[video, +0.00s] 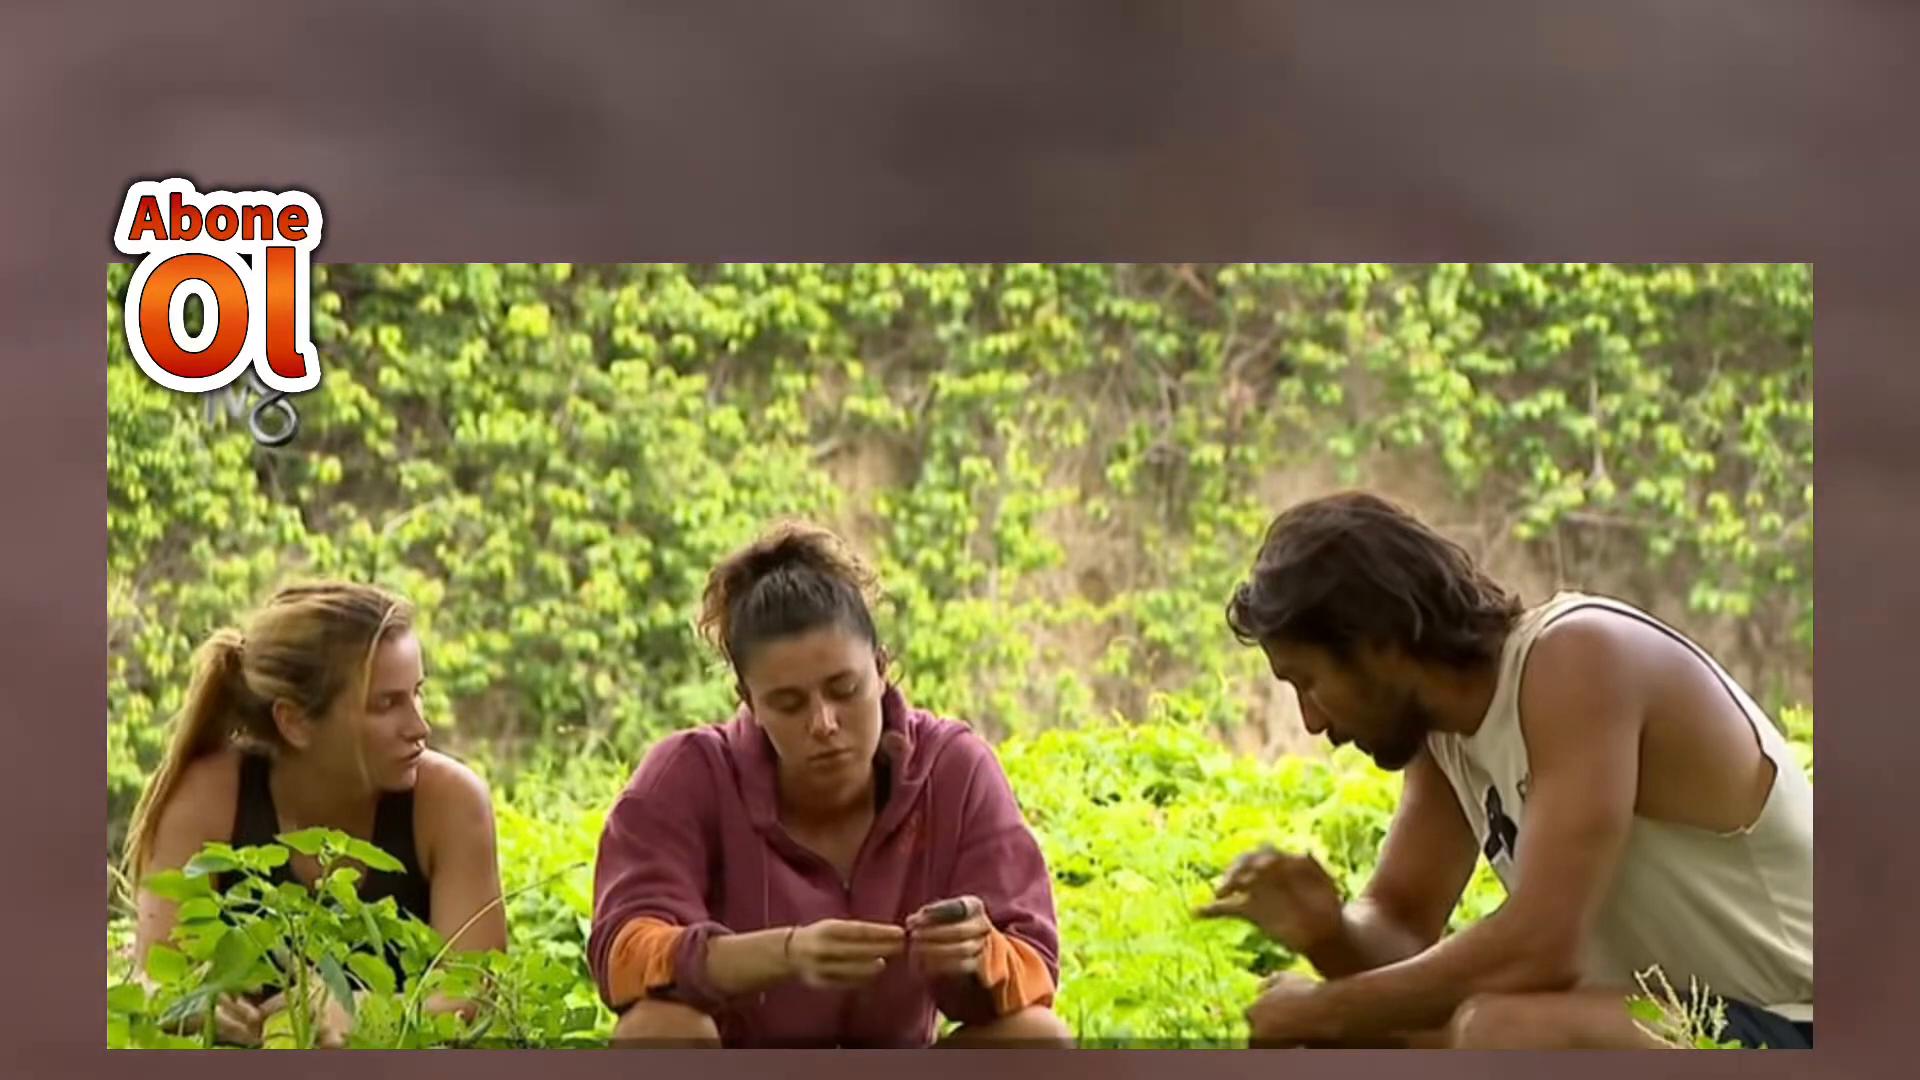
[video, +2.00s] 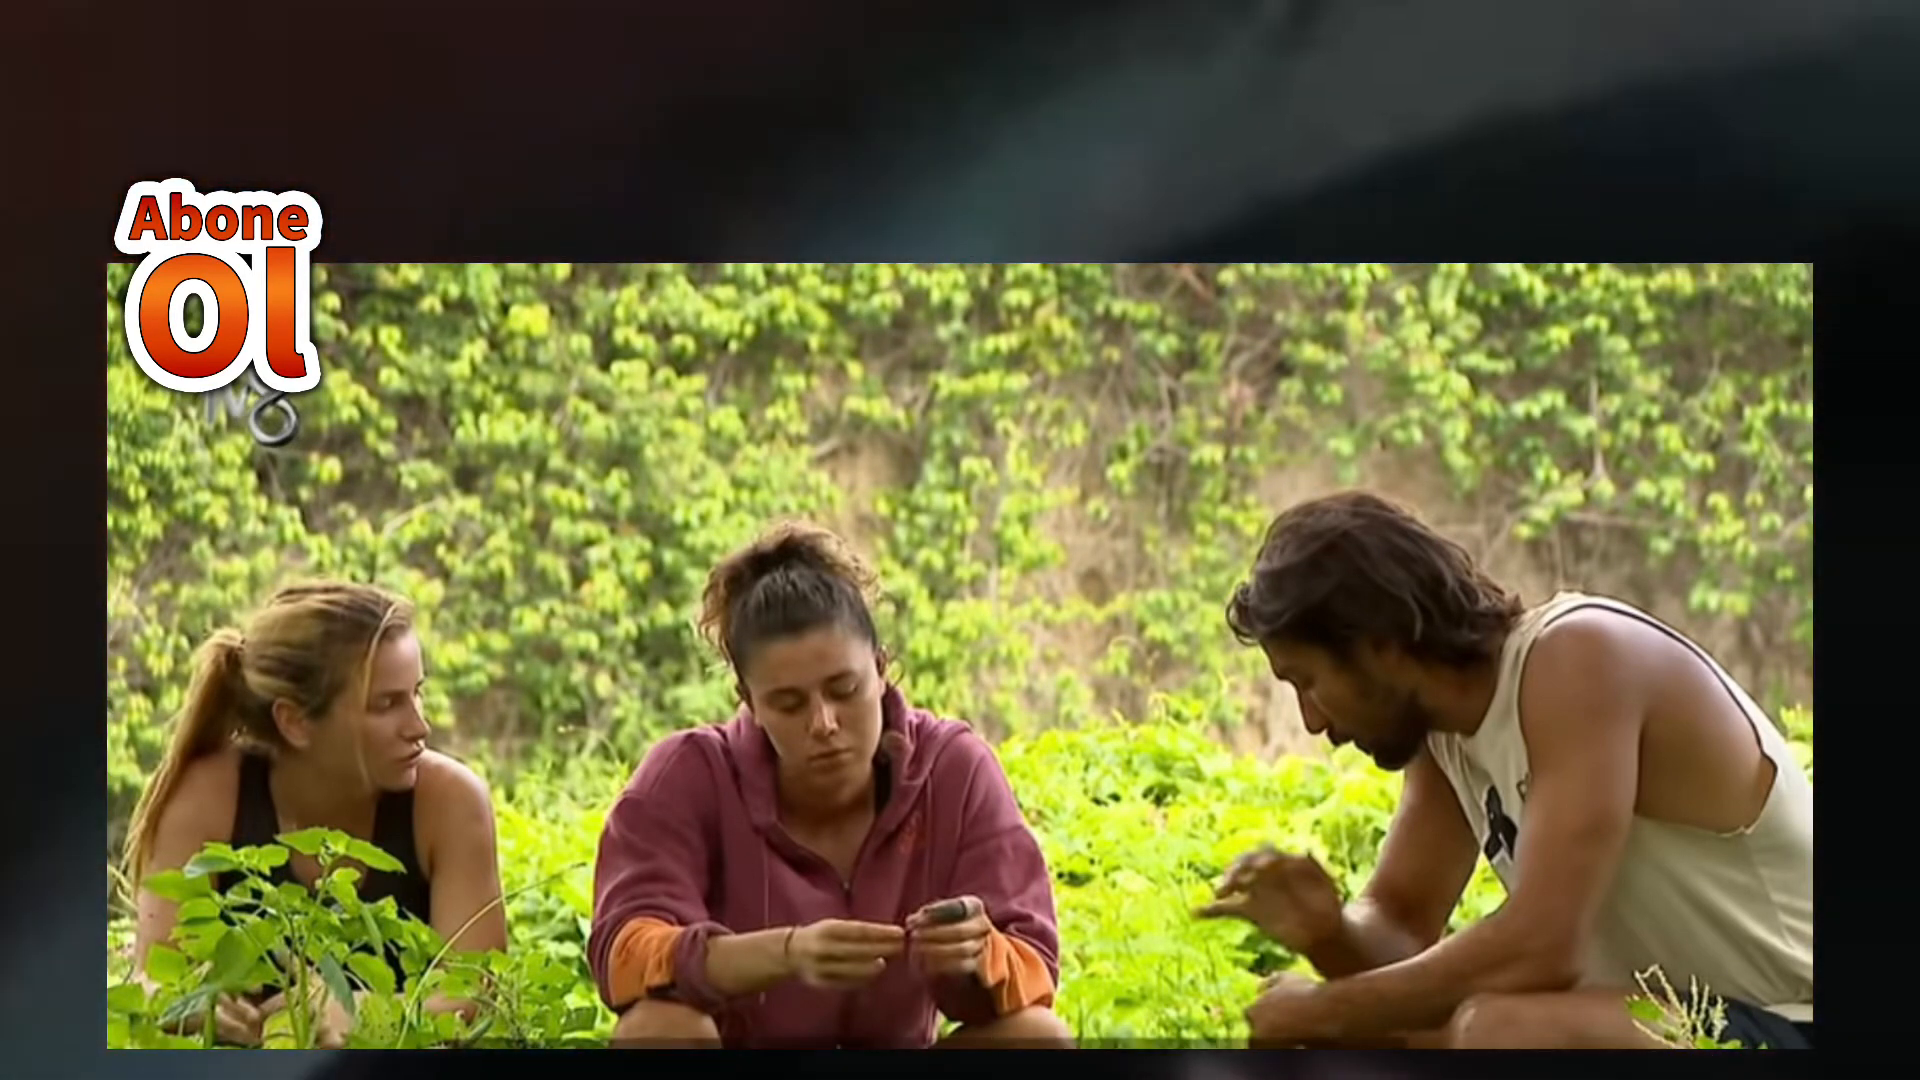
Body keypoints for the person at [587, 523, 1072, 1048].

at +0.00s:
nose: (824, 725)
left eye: (844, 690)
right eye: (789, 703)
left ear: (880, 669)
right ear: (747, 699)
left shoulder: (956, 766)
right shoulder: (688, 772)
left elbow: (1030, 969)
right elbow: (629, 956)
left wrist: (978, 953)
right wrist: (787, 952)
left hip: (897, 1059)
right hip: (738, 1060)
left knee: (1037, 1037)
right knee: (659, 1027)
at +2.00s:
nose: (824, 725)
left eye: (844, 690)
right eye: (789, 703)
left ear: (880, 669)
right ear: (747, 699)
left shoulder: (955, 766)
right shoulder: (687, 773)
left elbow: (1031, 970)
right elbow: (628, 957)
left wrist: (978, 953)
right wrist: (787, 952)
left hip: (898, 1045)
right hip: (739, 1045)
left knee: (1037, 1034)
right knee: (659, 1025)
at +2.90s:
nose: (824, 725)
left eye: (844, 690)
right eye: (789, 703)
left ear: (880, 669)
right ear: (747, 699)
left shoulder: (955, 766)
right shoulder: (687, 773)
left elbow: (1031, 970)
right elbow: (628, 957)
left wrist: (978, 953)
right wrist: (787, 952)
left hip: (898, 1051)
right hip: (739, 1053)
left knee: (1037, 1035)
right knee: (659, 1026)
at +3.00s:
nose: (824, 725)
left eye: (844, 690)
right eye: (789, 703)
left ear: (881, 670)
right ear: (747, 700)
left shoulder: (955, 766)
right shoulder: (687, 773)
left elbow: (1030, 971)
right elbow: (629, 957)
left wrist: (977, 953)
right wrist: (785, 953)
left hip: (897, 1053)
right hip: (739, 1056)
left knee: (1036, 1035)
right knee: (659, 1026)